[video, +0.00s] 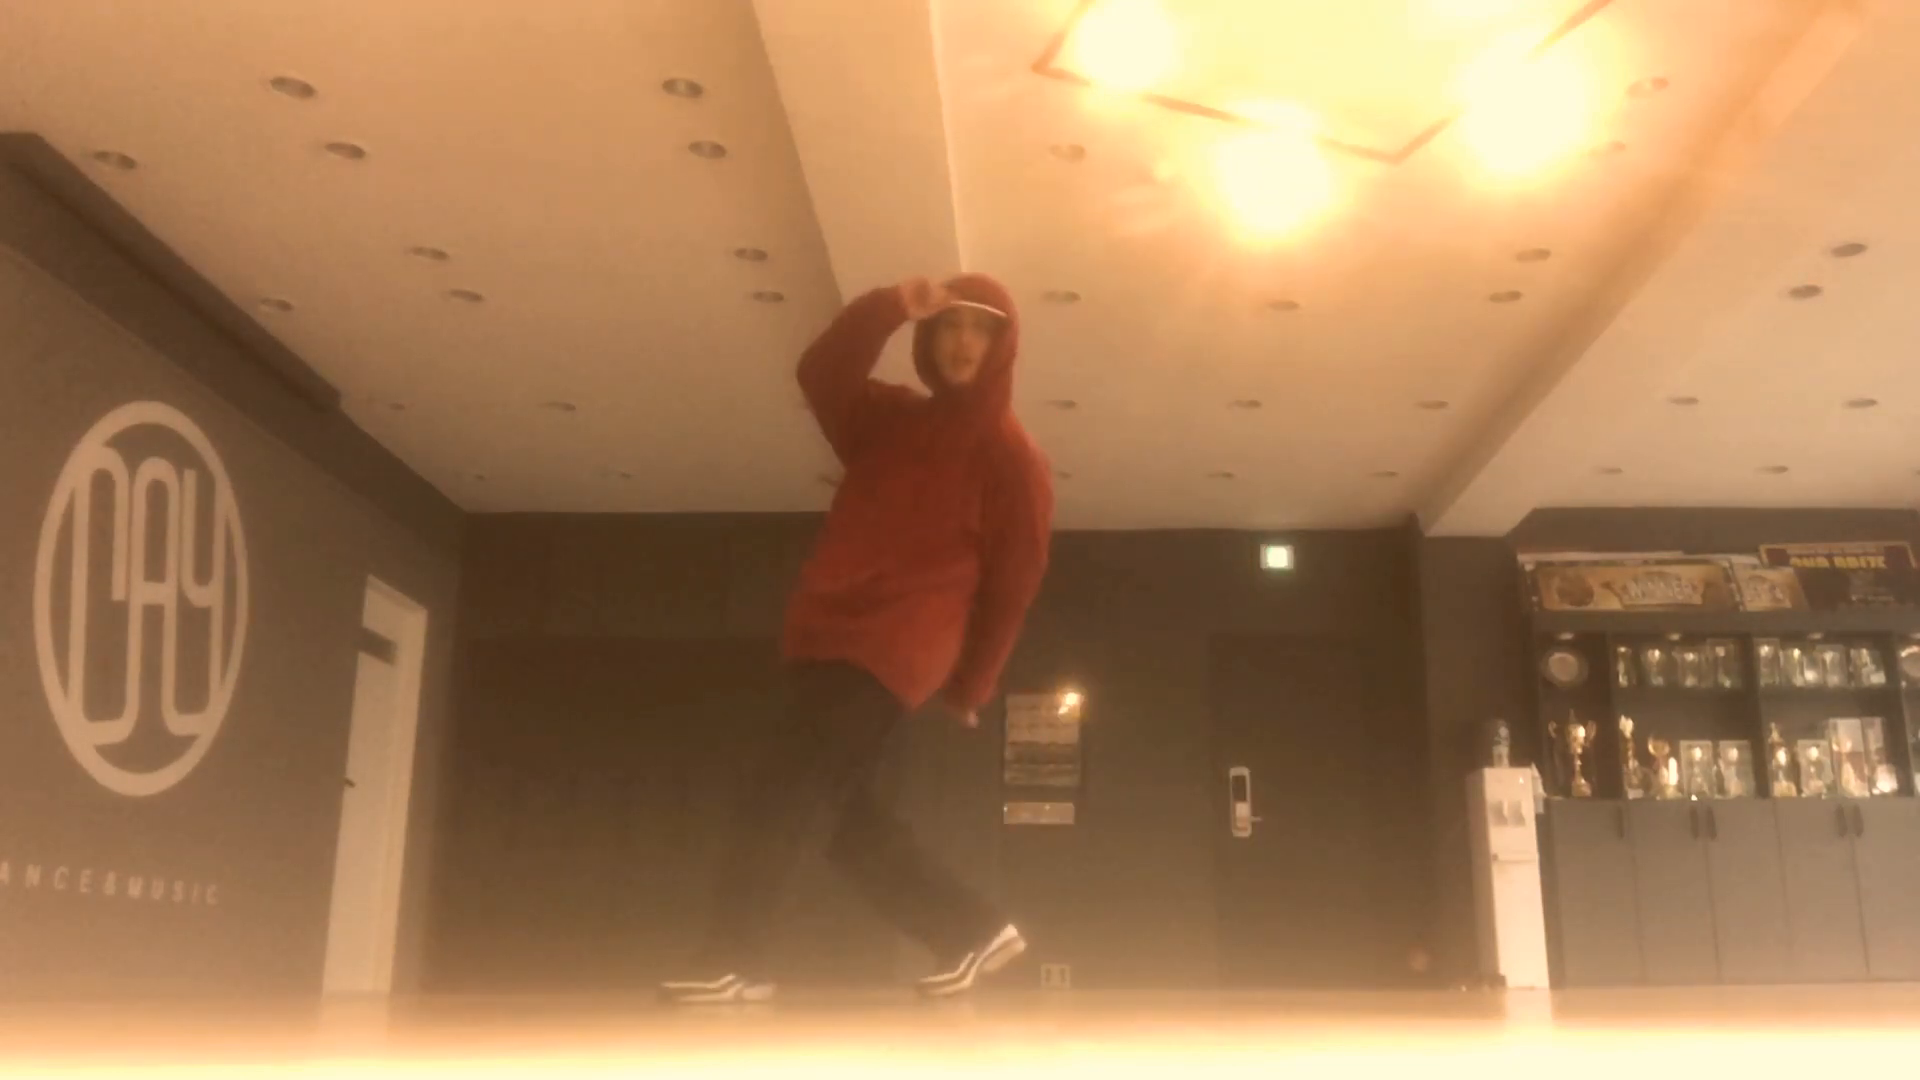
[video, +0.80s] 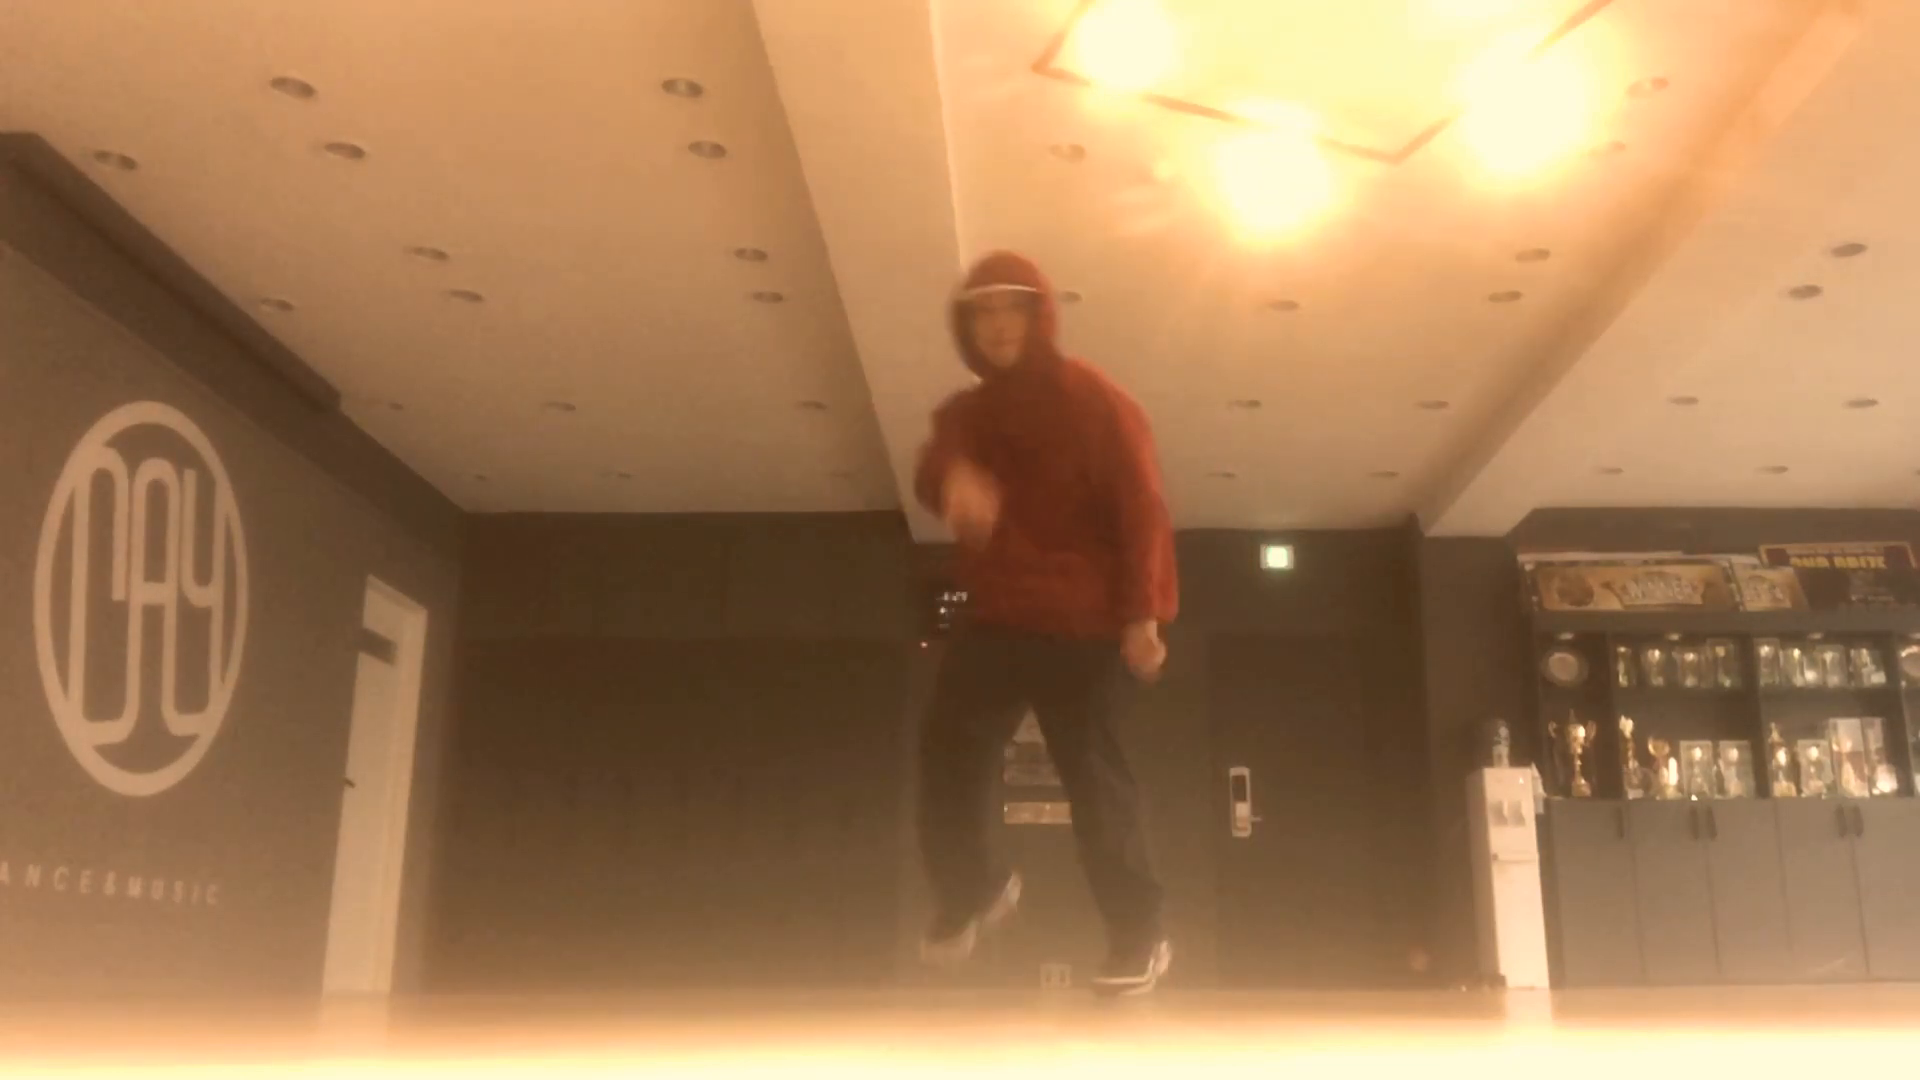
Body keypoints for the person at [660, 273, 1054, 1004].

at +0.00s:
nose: (960, 343)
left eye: (977, 330)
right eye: (948, 327)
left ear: (1001, 347)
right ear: (923, 339)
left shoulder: (1008, 452)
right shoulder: (886, 417)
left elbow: (1014, 579)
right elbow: (821, 372)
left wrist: (975, 681)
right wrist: (889, 306)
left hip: (902, 638)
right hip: (826, 623)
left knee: (791, 781)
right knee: (843, 812)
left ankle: (735, 960)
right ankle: (971, 932)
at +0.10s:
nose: (946, 337)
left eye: (962, 322)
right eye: (932, 321)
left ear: (984, 332)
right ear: (906, 331)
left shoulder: (1006, 424)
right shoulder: (886, 411)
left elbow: (1020, 549)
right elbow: (817, 398)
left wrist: (989, 657)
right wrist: (874, 324)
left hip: (932, 641)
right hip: (861, 633)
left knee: (835, 779)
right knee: (869, 795)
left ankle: (779, 951)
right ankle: (983, 937)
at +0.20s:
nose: (923, 365)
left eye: (936, 349)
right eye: (909, 351)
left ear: (959, 352)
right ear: (887, 359)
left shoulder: (1002, 425)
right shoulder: (884, 431)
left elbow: (1043, 526)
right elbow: (818, 441)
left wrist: (1011, 616)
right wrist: (847, 363)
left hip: (961, 621)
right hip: (892, 621)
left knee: (874, 737)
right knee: (893, 771)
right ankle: (983, 933)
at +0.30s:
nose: (918, 359)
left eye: (932, 342)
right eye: (902, 345)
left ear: (958, 344)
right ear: (882, 351)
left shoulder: (1002, 417)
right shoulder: (884, 427)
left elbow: (1046, 503)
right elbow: (828, 477)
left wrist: (1047, 567)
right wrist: (854, 395)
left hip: (994, 604)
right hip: (911, 615)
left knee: (895, 698)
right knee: (914, 777)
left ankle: (1042, 713)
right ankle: (988, 943)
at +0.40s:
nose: (919, 319)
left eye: (933, 304)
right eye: (902, 307)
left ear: (961, 307)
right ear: (886, 315)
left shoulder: (1004, 380)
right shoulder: (893, 396)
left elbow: (1051, 474)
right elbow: (852, 467)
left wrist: (1069, 564)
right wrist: (870, 391)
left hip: (1009, 569)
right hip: (932, 585)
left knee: (959, 693)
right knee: (943, 758)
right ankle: (987, 936)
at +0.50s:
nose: (927, 314)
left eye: (941, 298)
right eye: (909, 302)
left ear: (970, 301)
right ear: (893, 313)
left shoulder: (1013, 377)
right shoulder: (902, 389)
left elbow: (1069, 476)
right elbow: (864, 449)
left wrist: (1093, 579)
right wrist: (903, 371)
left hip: (1023, 594)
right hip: (947, 601)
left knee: (1023, 730)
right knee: (955, 773)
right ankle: (987, 934)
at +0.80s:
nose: (997, 328)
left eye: (1011, 312)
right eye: (981, 315)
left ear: (1040, 316)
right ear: (965, 327)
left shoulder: (1098, 405)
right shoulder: (962, 416)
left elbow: (1143, 512)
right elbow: (932, 473)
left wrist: (1145, 614)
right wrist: (956, 481)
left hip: (1083, 625)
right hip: (991, 623)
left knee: (1095, 775)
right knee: (950, 753)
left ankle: (1138, 932)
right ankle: (975, 886)